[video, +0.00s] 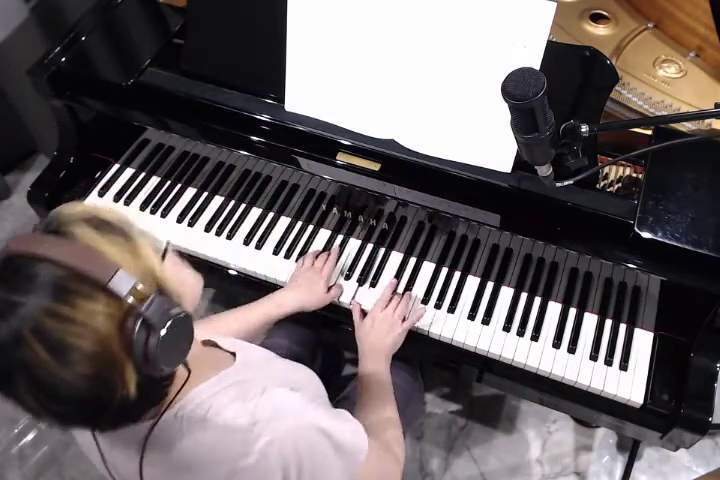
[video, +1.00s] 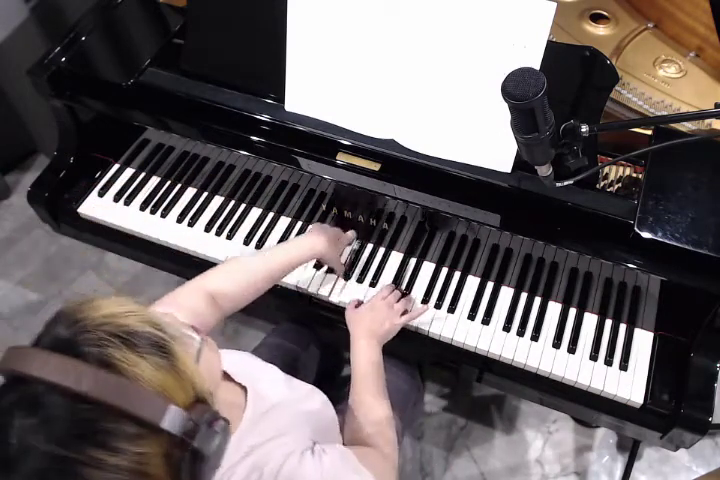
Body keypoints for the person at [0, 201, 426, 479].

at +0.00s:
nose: (166, 244)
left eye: (152, 244)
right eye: (155, 254)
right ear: (156, 342)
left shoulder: (83, 374)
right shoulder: (272, 435)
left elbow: (179, 345)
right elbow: (383, 465)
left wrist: (286, 301)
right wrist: (375, 361)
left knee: (302, 322)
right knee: (399, 377)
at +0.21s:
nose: (160, 263)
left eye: (146, 262)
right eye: (148, 271)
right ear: (147, 355)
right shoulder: (263, 437)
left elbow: (185, 329)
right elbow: (387, 461)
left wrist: (289, 290)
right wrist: (381, 356)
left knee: (305, 322)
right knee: (398, 369)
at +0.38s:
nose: (146, 287)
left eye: (128, 287)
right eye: (134, 299)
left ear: (141, 366)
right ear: (140, 369)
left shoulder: (135, 376)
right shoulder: (262, 453)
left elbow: (186, 325)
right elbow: (392, 463)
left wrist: (291, 276)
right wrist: (387, 355)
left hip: (256, 369)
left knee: (304, 313)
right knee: (393, 365)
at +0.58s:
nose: (151, 304)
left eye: (131, 305)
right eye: (142, 323)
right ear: (144, 391)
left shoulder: (142, 380)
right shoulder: (262, 462)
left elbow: (185, 324)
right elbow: (384, 466)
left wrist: (292, 272)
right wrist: (378, 352)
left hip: (260, 374)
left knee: (309, 310)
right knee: (398, 369)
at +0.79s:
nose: (170, 320)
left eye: (150, 322)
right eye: (159, 339)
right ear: (162, 406)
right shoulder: (264, 464)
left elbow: (189, 308)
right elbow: (381, 466)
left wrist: (300, 259)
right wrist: (372, 348)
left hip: (261, 373)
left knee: (305, 322)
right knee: (399, 368)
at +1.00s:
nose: (191, 333)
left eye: (174, 333)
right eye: (187, 348)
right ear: (183, 407)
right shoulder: (278, 469)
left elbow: (207, 298)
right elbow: (378, 465)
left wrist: (306, 244)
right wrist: (366, 343)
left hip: (258, 372)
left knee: (301, 328)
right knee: (397, 369)